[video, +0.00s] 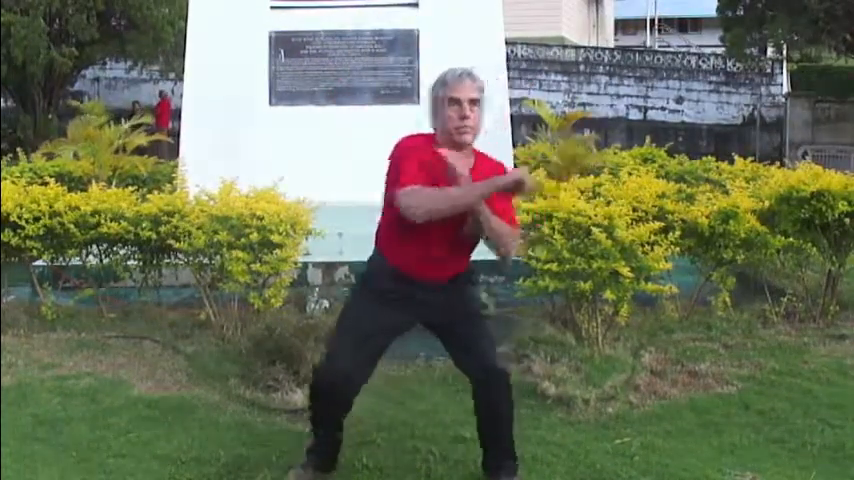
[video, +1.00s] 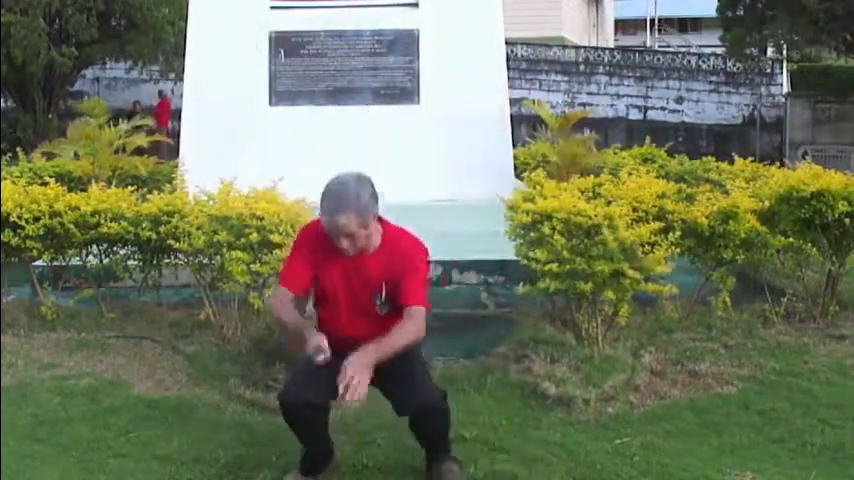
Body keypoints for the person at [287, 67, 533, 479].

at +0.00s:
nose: (464, 113)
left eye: (473, 105)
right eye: (453, 104)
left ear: (482, 114)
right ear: (435, 111)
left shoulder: (495, 172)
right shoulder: (412, 150)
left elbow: (507, 246)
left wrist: (473, 196)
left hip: (450, 293)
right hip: (387, 287)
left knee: (492, 376)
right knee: (333, 379)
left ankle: (501, 471)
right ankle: (321, 458)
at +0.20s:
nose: (393, 134)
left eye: (403, 122)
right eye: (382, 125)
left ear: (418, 126)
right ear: (370, 130)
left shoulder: (441, 192)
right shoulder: (354, 168)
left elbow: (461, 273)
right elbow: (297, 165)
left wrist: (402, 281)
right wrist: (346, 151)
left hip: (413, 301)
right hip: (360, 295)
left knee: (435, 406)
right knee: (307, 377)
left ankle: (526, 462)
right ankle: (316, 460)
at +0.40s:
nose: (348, 156)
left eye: (357, 145)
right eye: (339, 146)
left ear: (378, 145)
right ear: (330, 148)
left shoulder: (404, 208)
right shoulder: (326, 175)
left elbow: (423, 300)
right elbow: (267, 188)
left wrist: (372, 367)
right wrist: (266, 136)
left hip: (391, 320)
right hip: (342, 311)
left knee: (420, 424)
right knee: (285, 370)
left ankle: (525, 461)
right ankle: (313, 459)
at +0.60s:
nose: (337, 170)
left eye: (346, 159)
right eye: (329, 160)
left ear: (369, 156)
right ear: (321, 157)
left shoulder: (401, 211)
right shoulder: (309, 191)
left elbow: (384, 297)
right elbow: (281, 242)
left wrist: (324, 255)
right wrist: (265, 267)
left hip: (390, 320)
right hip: (332, 315)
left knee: (411, 403)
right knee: (289, 382)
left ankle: (502, 457)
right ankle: (317, 462)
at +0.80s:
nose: (335, 198)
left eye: (344, 188)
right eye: (327, 187)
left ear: (367, 176)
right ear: (319, 177)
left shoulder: (402, 219)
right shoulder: (306, 210)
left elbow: (402, 303)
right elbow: (295, 280)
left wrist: (335, 303)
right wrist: (295, 290)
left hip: (390, 326)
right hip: (331, 325)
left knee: (420, 397)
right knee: (305, 397)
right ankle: (320, 459)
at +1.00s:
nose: (342, 245)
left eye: (350, 235)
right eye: (335, 235)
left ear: (373, 219)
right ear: (325, 222)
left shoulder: (407, 249)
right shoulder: (314, 237)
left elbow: (415, 325)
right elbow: (281, 301)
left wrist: (367, 356)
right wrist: (306, 332)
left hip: (391, 349)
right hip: (331, 349)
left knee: (428, 405)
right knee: (296, 402)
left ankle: (439, 461)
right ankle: (318, 459)